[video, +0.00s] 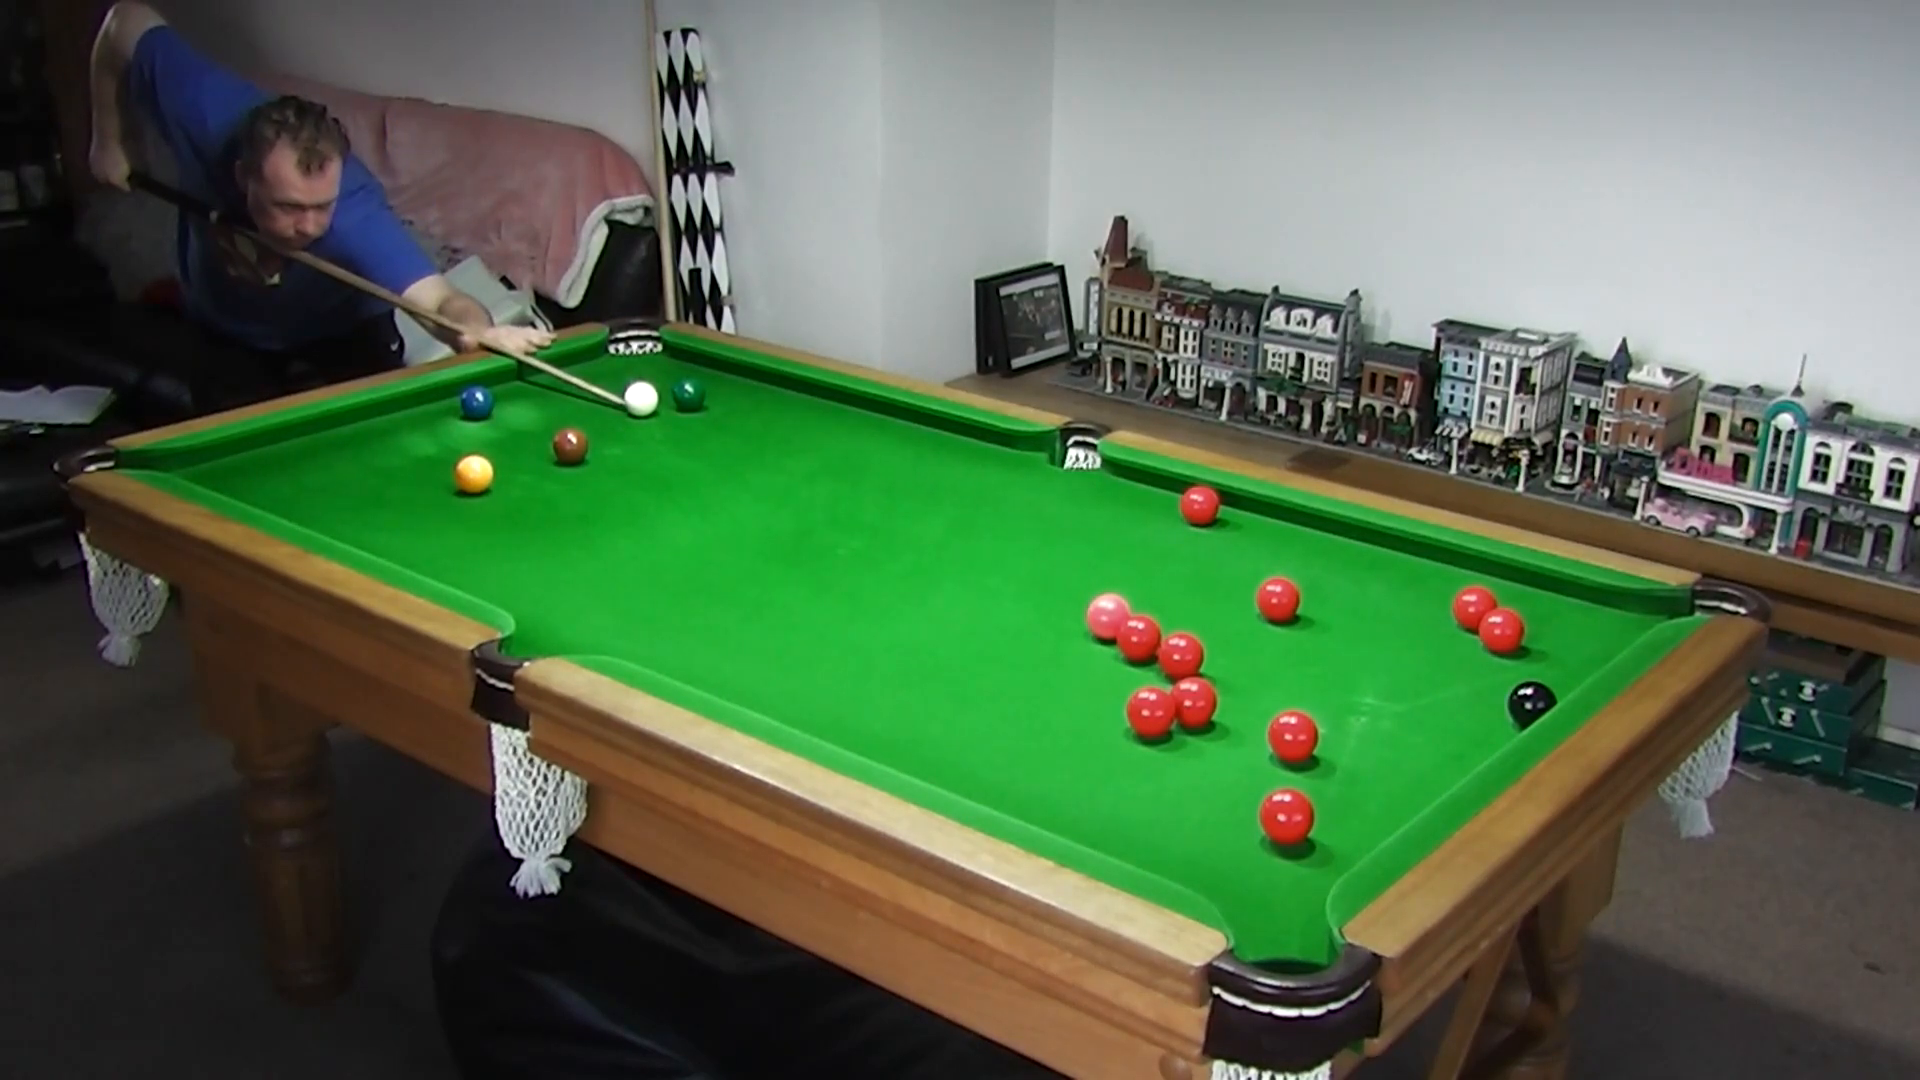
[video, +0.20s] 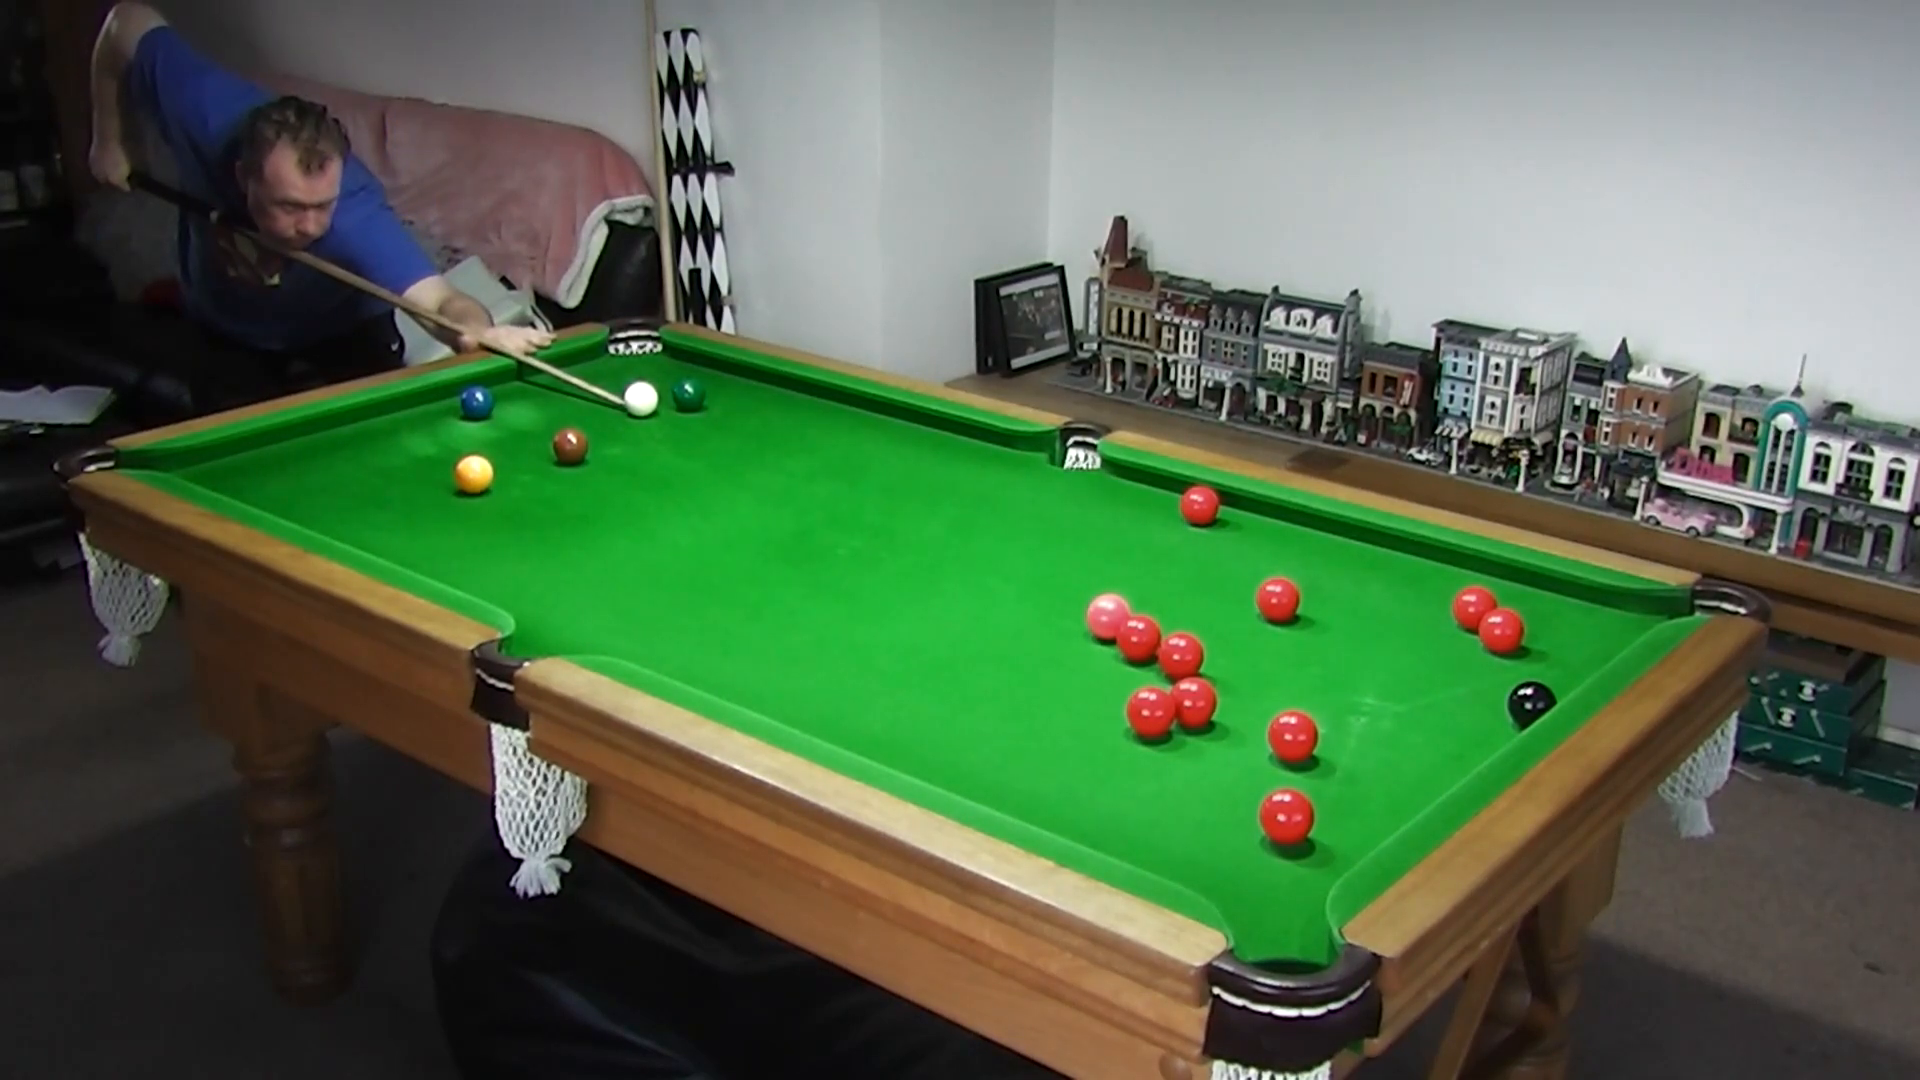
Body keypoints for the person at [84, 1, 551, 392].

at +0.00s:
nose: (309, 228)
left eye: (323, 208)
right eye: (289, 208)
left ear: (339, 185)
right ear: (245, 177)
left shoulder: (356, 210)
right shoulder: (211, 119)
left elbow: (437, 298)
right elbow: (124, 20)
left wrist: (478, 331)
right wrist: (106, 139)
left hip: (342, 328)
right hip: (227, 315)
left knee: (358, 461)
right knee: (236, 458)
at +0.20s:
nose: (310, 228)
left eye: (323, 207)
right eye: (290, 208)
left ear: (340, 184)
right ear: (244, 177)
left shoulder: (357, 211)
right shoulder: (212, 118)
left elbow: (437, 298)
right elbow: (125, 20)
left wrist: (478, 330)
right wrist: (106, 139)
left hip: (341, 326)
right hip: (228, 314)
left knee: (360, 459)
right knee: (239, 458)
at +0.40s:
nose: (313, 224)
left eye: (325, 204)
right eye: (292, 206)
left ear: (340, 180)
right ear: (246, 179)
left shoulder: (355, 208)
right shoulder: (210, 118)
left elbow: (436, 300)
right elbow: (126, 22)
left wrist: (485, 332)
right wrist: (107, 140)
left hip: (343, 324)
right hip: (229, 317)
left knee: (364, 462)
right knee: (236, 459)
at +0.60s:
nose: (312, 224)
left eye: (325, 204)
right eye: (291, 206)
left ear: (340, 180)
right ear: (245, 179)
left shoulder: (356, 208)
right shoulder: (211, 120)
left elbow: (437, 300)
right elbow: (126, 22)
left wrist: (482, 331)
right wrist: (107, 142)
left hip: (343, 324)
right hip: (230, 317)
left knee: (360, 463)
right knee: (235, 460)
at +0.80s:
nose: (310, 227)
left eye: (323, 207)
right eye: (289, 208)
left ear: (339, 185)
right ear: (244, 180)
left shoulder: (358, 213)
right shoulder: (210, 119)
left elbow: (437, 298)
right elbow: (124, 23)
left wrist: (478, 331)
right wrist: (105, 141)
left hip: (342, 324)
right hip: (228, 310)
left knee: (362, 454)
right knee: (238, 451)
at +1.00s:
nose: (309, 225)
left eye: (322, 207)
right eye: (289, 208)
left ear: (339, 182)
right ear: (244, 176)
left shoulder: (358, 211)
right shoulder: (205, 120)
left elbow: (437, 302)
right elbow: (117, 32)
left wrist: (485, 332)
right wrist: (86, 133)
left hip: (343, 324)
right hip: (226, 315)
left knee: (377, 457)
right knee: (235, 456)